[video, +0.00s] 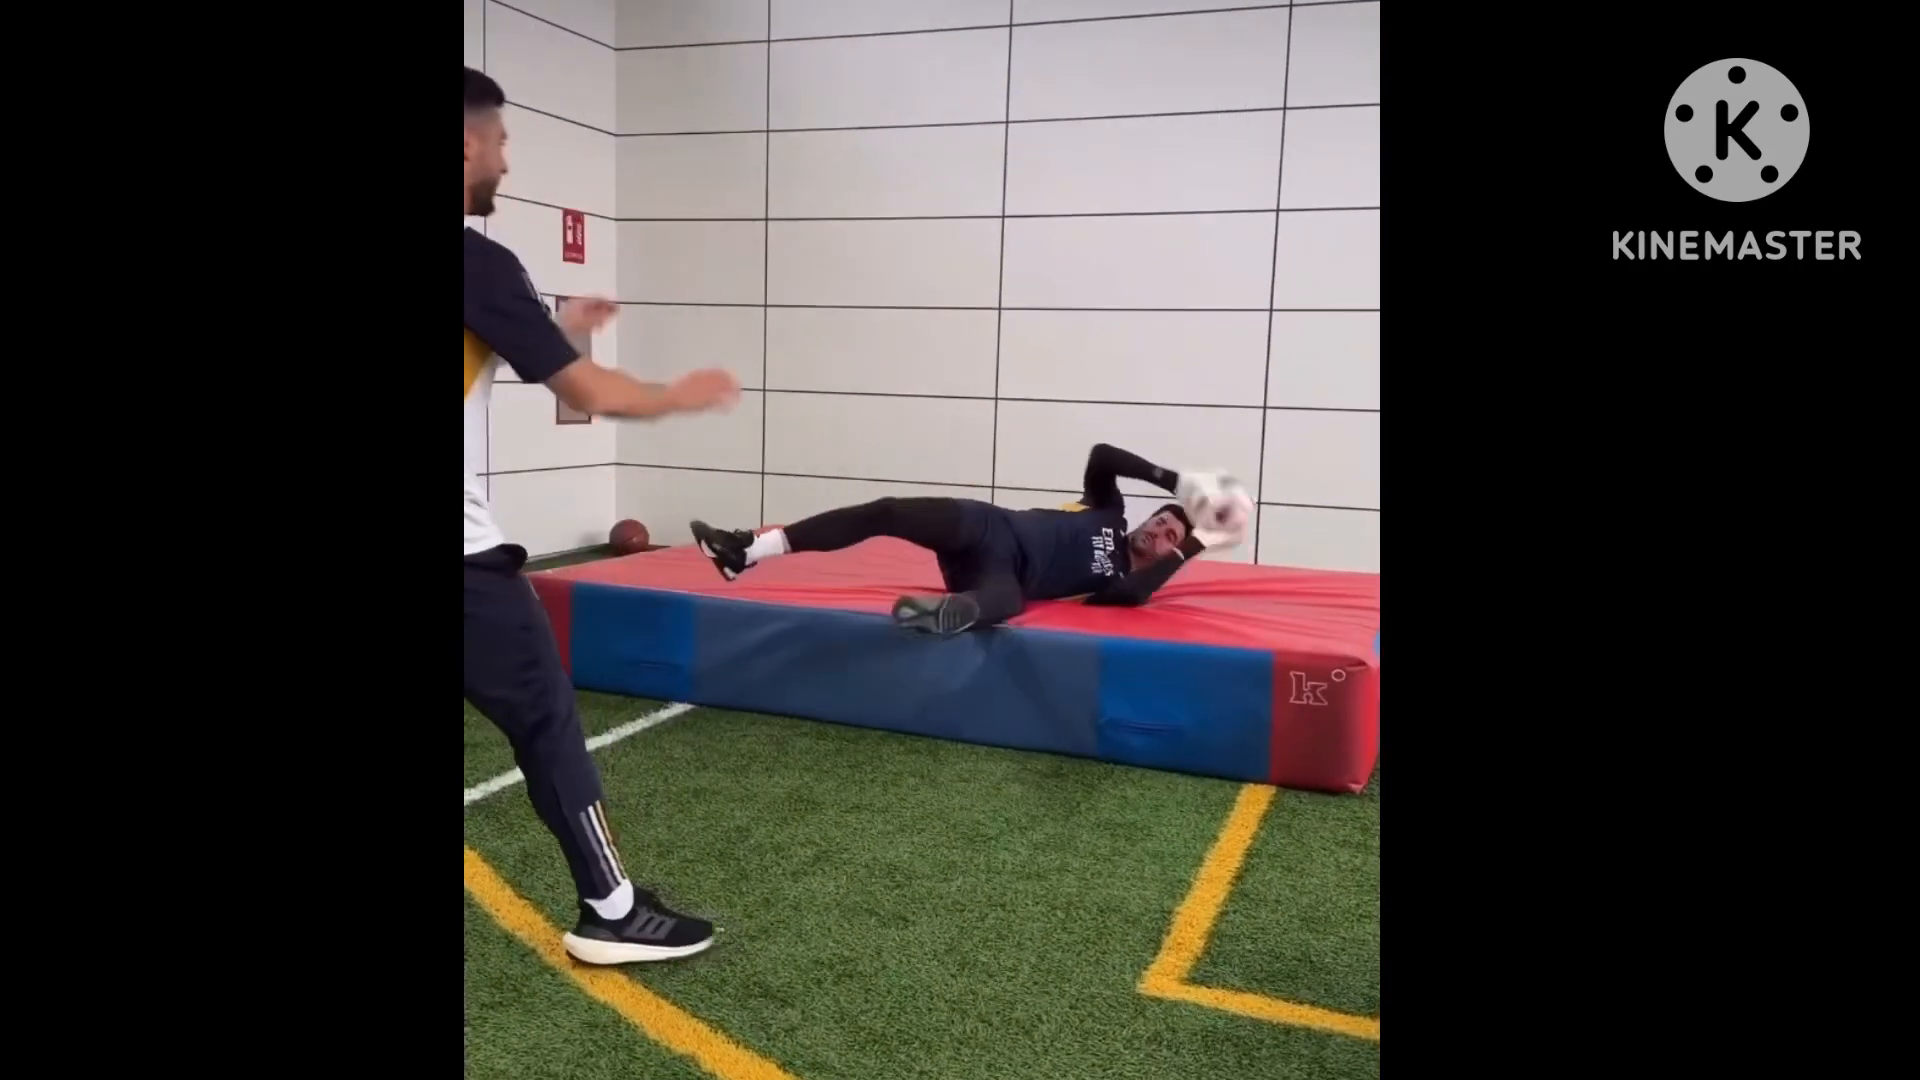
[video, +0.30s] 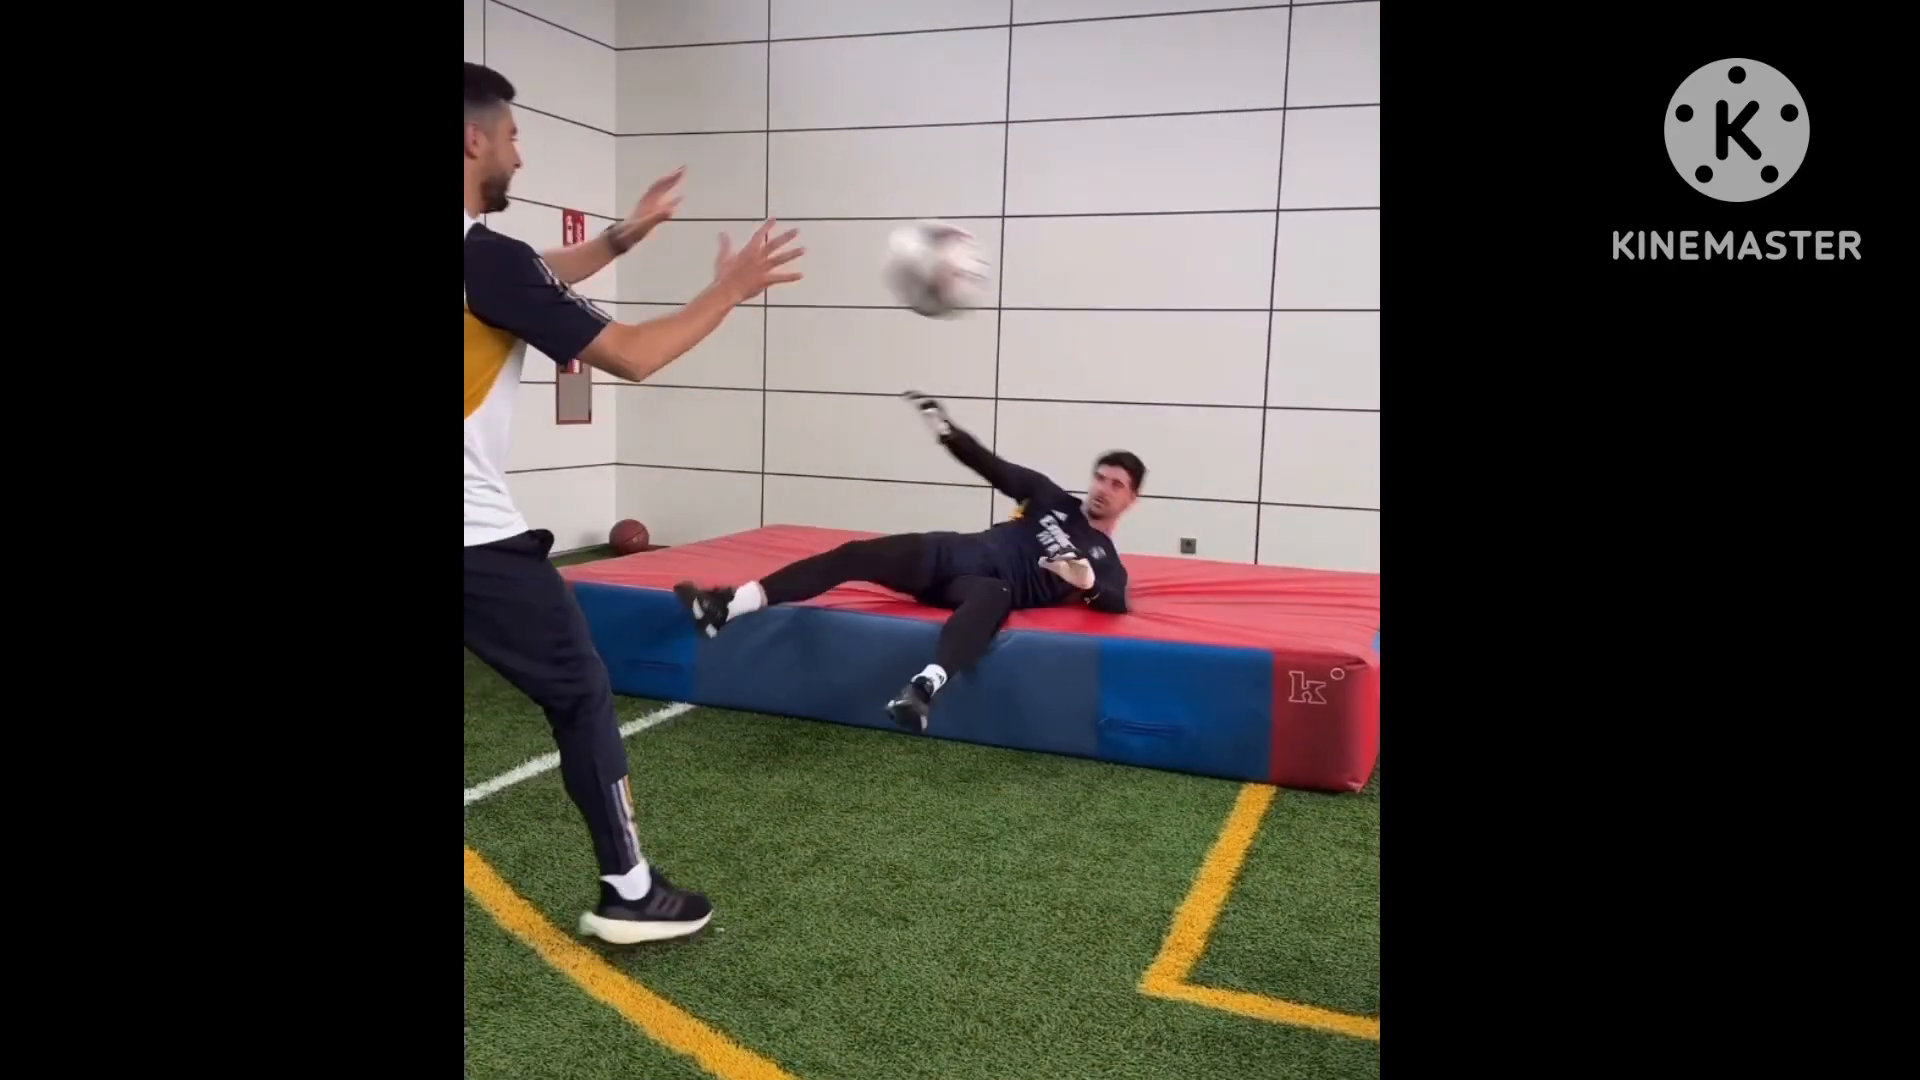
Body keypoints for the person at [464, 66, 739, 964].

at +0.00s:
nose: (505, 157)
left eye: (503, 138)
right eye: (496, 138)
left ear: (467, 145)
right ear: (464, 144)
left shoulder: (479, 258)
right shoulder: (481, 262)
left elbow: (486, 356)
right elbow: (588, 388)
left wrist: (557, 332)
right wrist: (674, 397)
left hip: (476, 541)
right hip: (472, 544)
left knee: (541, 706)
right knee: (542, 709)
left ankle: (608, 903)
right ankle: (610, 905)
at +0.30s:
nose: (517, 151)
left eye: (513, 133)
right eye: (509, 133)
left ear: (468, 141)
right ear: (474, 140)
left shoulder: (479, 244)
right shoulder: (489, 257)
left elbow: (543, 278)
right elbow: (631, 355)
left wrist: (621, 237)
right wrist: (729, 292)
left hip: (479, 523)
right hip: (475, 528)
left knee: (575, 683)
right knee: (577, 688)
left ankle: (626, 885)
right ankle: (629, 888)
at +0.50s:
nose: (622, 184)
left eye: (620, 166)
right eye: (617, 166)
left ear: (544, 164)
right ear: (583, 168)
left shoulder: (485, 225)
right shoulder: (553, 272)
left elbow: (636, 288)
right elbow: (669, 410)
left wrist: (719, 255)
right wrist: (750, 308)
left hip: (471, 519)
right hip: (509, 534)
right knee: (608, 700)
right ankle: (669, 889)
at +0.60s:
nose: (685, 208)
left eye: (686, 193)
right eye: (683, 193)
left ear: (610, 184)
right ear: (654, 189)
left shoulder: (539, 237)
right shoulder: (629, 291)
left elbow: (667, 308)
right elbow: (751, 406)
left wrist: (766, 274)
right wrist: (823, 313)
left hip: (472, 513)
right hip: (545, 537)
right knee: (638, 699)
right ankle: (675, 886)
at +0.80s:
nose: (753, 251)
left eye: (757, 238)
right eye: (757, 236)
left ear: (680, 212)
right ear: (735, 228)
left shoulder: (594, 254)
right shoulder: (702, 302)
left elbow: (667, 356)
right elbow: (819, 349)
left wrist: (768, 364)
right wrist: (912, 359)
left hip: (474, 494)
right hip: (564, 526)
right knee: (646, 699)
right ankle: (677, 883)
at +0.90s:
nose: (755, 265)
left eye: (759, 249)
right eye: (758, 247)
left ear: (687, 221)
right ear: (734, 232)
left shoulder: (591, 263)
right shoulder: (704, 308)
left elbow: (629, 395)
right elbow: (809, 400)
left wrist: (733, 430)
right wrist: (863, 426)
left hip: (474, 500)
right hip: (573, 528)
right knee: (652, 699)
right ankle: (679, 882)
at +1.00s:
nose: (735, 259)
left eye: (740, 242)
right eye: (739, 240)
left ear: (662, 217)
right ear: (715, 228)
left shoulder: (567, 264)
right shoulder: (691, 314)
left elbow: (574, 393)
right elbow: (760, 467)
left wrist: (670, 469)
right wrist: (783, 498)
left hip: (473, 507)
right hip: (565, 534)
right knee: (652, 697)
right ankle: (678, 881)